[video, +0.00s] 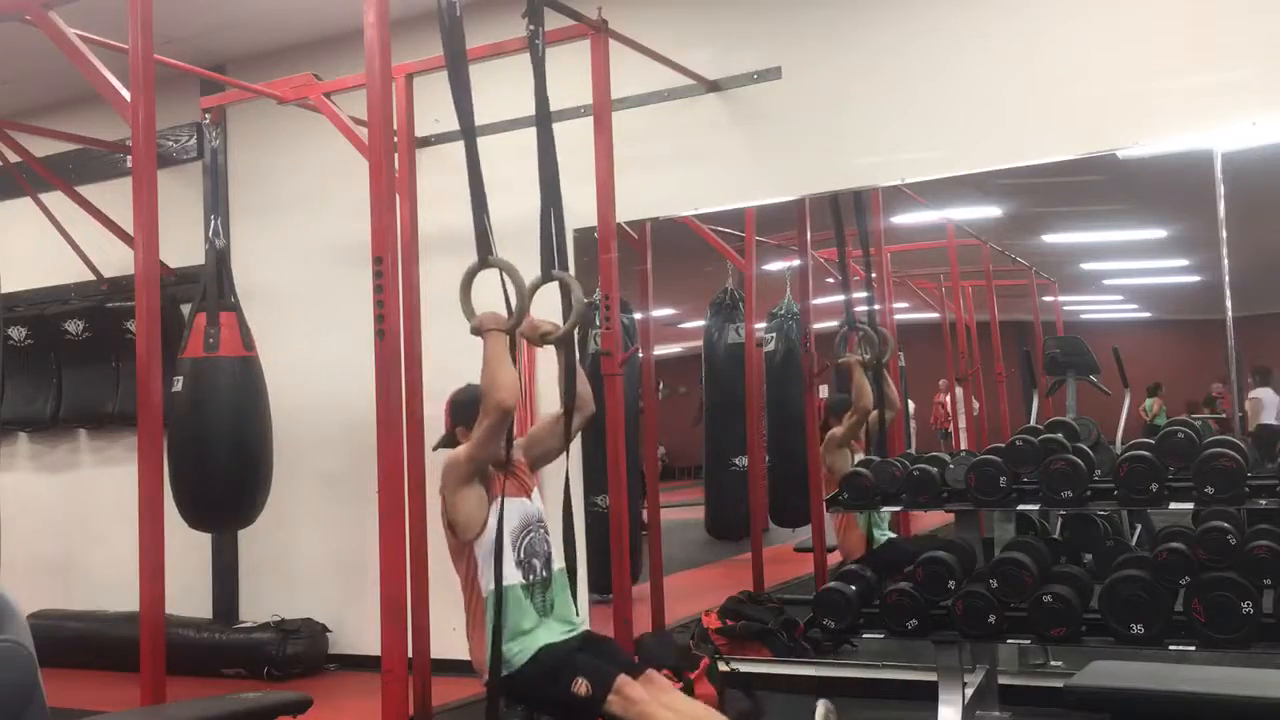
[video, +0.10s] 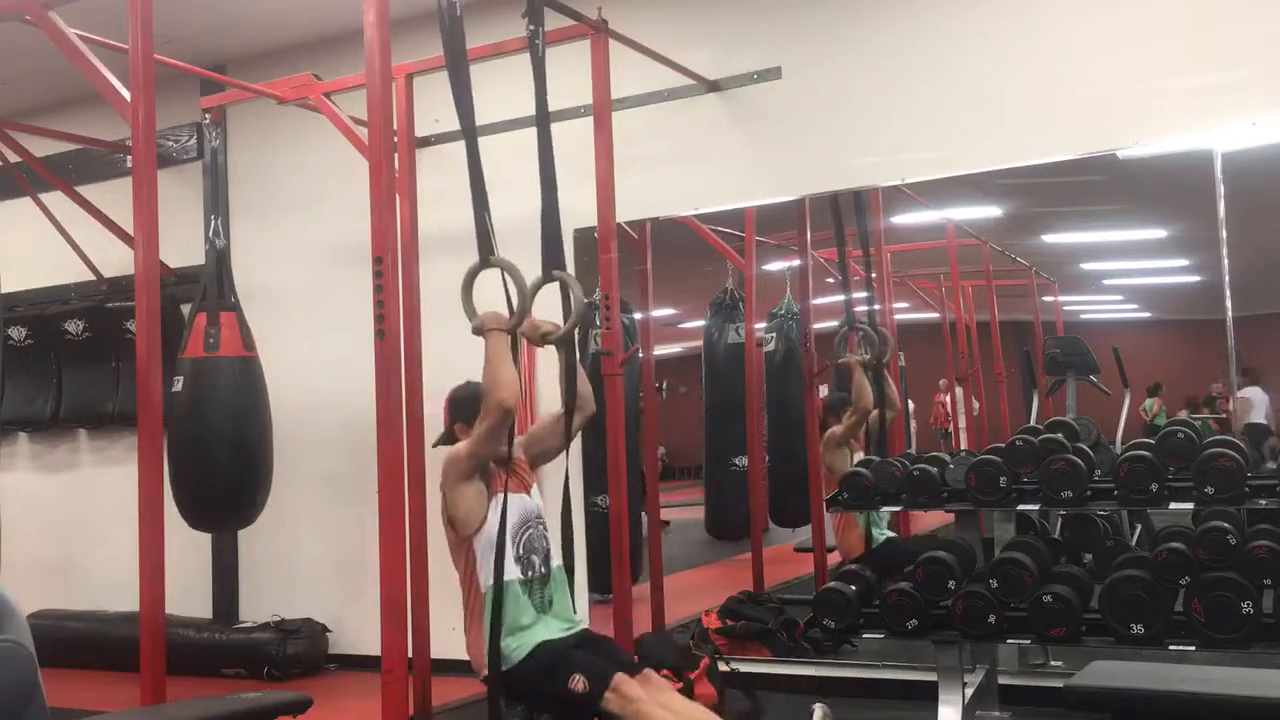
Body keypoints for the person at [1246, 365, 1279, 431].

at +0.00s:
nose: (1248, 381)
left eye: (1250, 378)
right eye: (1248, 378)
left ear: (1257, 379)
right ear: (1268, 379)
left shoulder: (1254, 395)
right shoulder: (1275, 396)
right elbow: (1277, 417)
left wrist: (1250, 429)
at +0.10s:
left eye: (1244, 378)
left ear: (1246, 380)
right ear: (1258, 380)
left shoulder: (1240, 394)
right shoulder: (1264, 395)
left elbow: (1237, 416)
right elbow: (1269, 414)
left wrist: (1237, 433)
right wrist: (1273, 428)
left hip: (1247, 426)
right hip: (1263, 426)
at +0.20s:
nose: (1258, 385)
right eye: (1259, 381)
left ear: (1252, 382)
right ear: (1262, 381)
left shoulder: (1250, 393)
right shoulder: (1265, 391)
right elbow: (1268, 406)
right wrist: (1277, 410)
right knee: (1266, 439)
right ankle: (1268, 461)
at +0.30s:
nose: (1262, 386)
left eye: (1261, 383)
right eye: (1263, 383)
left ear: (1257, 383)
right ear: (1266, 383)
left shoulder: (1253, 394)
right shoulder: (1270, 393)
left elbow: (1250, 409)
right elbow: (1274, 406)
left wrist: (1250, 420)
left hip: (1257, 423)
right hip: (1266, 422)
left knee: (1259, 441)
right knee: (1267, 442)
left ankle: (1257, 460)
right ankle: (1268, 461)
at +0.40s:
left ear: (1261, 382)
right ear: (1271, 382)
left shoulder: (1257, 393)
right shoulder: (1275, 392)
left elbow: (1251, 407)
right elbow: (1277, 406)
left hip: (1260, 421)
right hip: (1272, 420)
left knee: (1264, 440)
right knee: (1270, 439)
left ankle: (1268, 461)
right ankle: (1269, 461)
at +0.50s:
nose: (1271, 386)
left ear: (1265, 383)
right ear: (1275, 382)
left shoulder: (1261, 393)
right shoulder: (1277, 392)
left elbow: (1257, 407)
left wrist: (1249, 410)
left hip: (1263, 421)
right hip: (1275, 420)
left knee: (1266, 440)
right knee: (1273, 440)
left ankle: (1269, 460)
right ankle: (1271, 461)